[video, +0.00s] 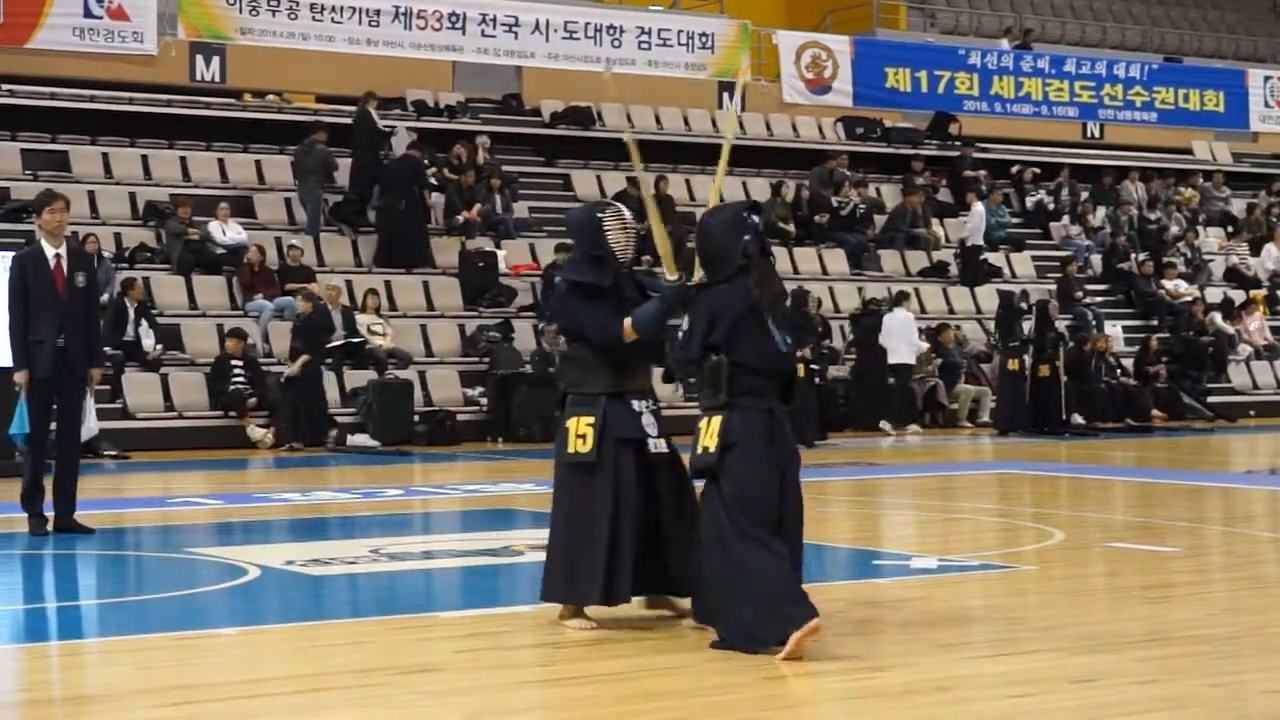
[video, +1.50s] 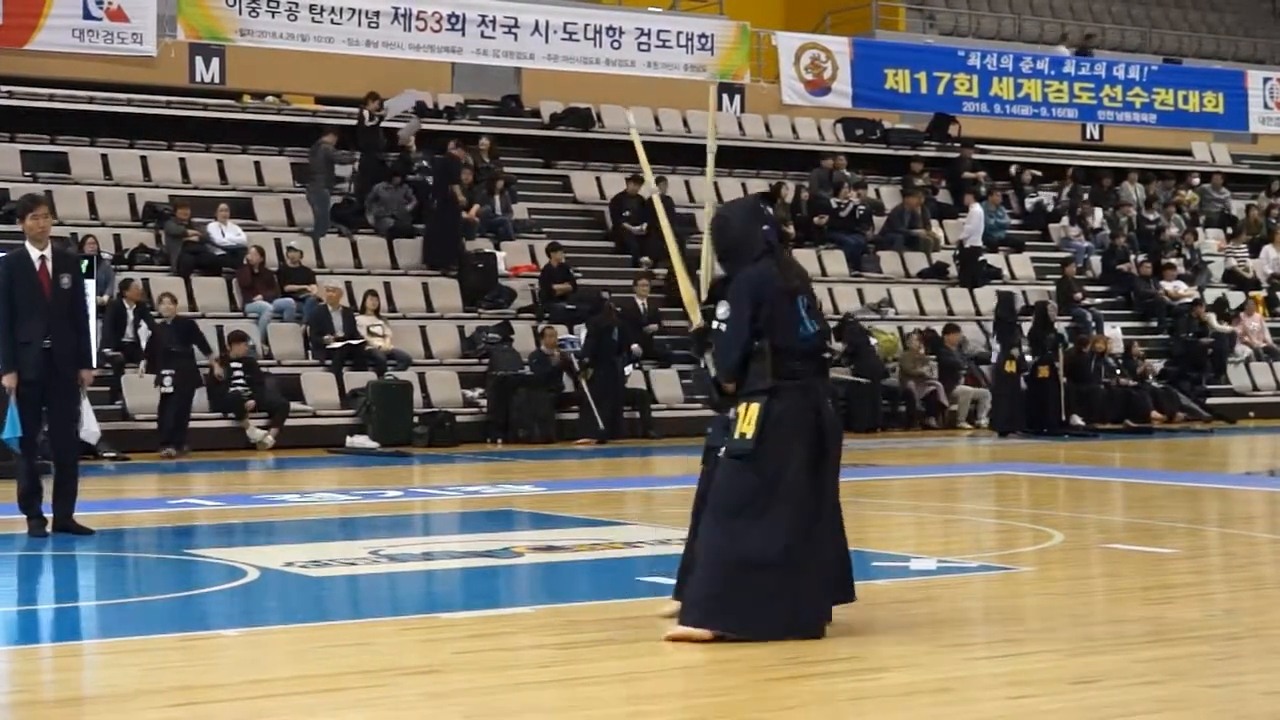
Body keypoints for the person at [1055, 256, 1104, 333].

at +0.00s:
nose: (1074, 268)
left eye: (1075, 265)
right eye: (1071, 266)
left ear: (1077, 266)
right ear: (1065, 268)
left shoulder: (1075, 280)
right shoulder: (1063, 281)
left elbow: (1085, 291)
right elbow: (1077, 296)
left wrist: (1081, 293)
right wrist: (1084, 291)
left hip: (1080, 303)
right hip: (1069, 305)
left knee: (1098, 313)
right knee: (1086, 314)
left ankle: (1101, 337)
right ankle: (1090, 339)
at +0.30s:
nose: (1075, 267)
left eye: (1076, 264)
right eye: (1072, 265)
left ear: (1077, 265)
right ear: (1066, 267)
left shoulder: (1076, 278)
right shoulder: (1064, 279)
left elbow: (1085, 290)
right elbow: (1077, 295)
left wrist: (1081, 293)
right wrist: (1085, 290)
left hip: (1080, 303)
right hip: (1070, 305)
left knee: (1099, 313)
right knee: (1087, 314)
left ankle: (1102, 337)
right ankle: (1091, 338)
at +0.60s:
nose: (1075, 268)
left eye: (1075, 265)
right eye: (1072, 265)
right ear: (1066, 267)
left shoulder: (1074, 279)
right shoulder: (1064, 280)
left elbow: (1085, 290)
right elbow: (1076, 296)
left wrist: (1081, 293)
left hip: (1080, 303)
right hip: (1069, 305)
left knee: (1099, 313)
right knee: (1086, 314)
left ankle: (1101, 337)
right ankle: (1088, 339)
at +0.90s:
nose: (1074, 269)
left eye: (1074, 266)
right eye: (1071, 266)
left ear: (1076, 267)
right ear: (1066, 268)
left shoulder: (1074, 280)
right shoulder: (1063, 281)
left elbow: (1084, 290)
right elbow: (1076, 296)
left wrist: (1080, 294)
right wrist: (1083, 292)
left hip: (1079, 304)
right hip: (1068, 306)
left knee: (1098, 314)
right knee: (1085, 315)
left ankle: (1100, 338)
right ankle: (1088, 339)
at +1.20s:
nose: (1073, 269)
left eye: (1074, 266)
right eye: (1070, 266)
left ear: (1075, 267)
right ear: (1065, 268)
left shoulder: (1074, 280)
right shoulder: (1062, 281)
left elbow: (1085, 292)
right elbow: (1076, 297)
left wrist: (1080, 294)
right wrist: (1084, 292)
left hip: (1079, 304)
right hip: (1068, 306)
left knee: (1098, 315)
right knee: (1085, 315)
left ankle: (1100, 337)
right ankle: (1090, 339)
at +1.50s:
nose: (1074, 269)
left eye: (1074, 267)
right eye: (1072, 267)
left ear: (1076, 268)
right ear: (1065, 268)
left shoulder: (1074, 280)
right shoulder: (1062, 282)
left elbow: (1085, 292)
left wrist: (1081, 295)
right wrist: (1084, 292)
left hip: (1079, 304)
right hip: (1068, 306)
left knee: (1098, 315)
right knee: (1086, 315)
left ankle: (1101, 338)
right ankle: (1089, 339)